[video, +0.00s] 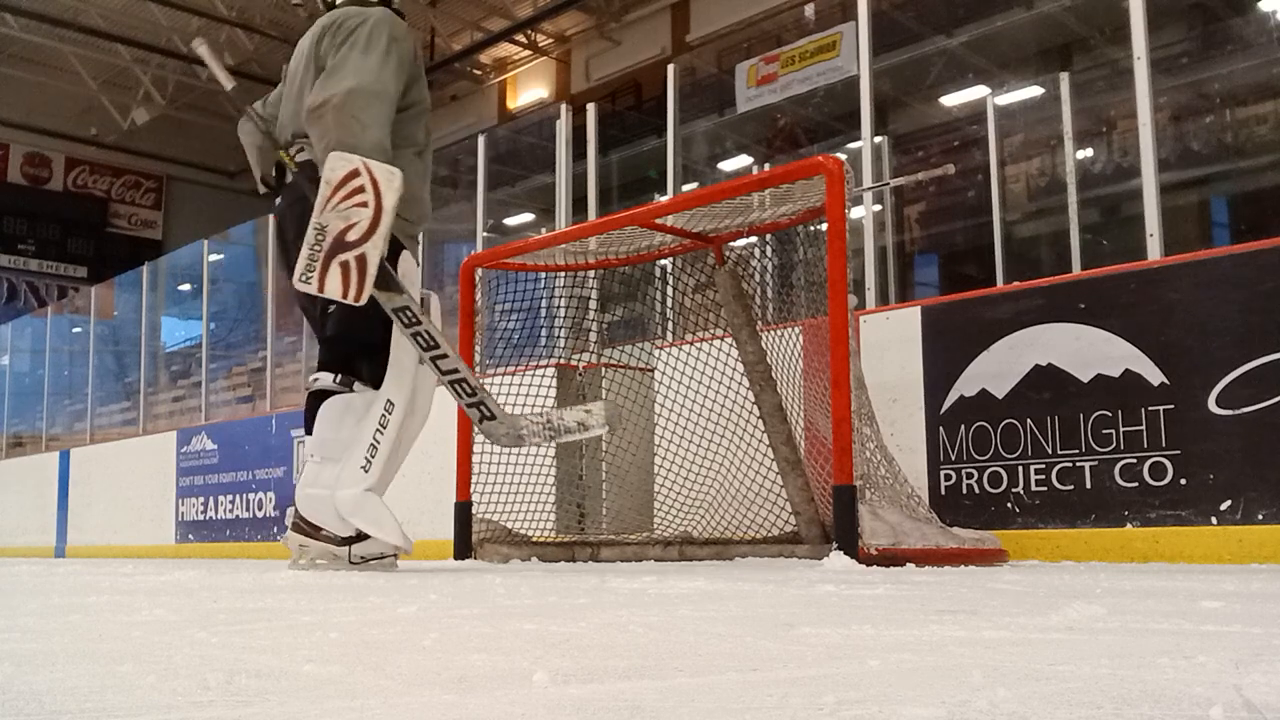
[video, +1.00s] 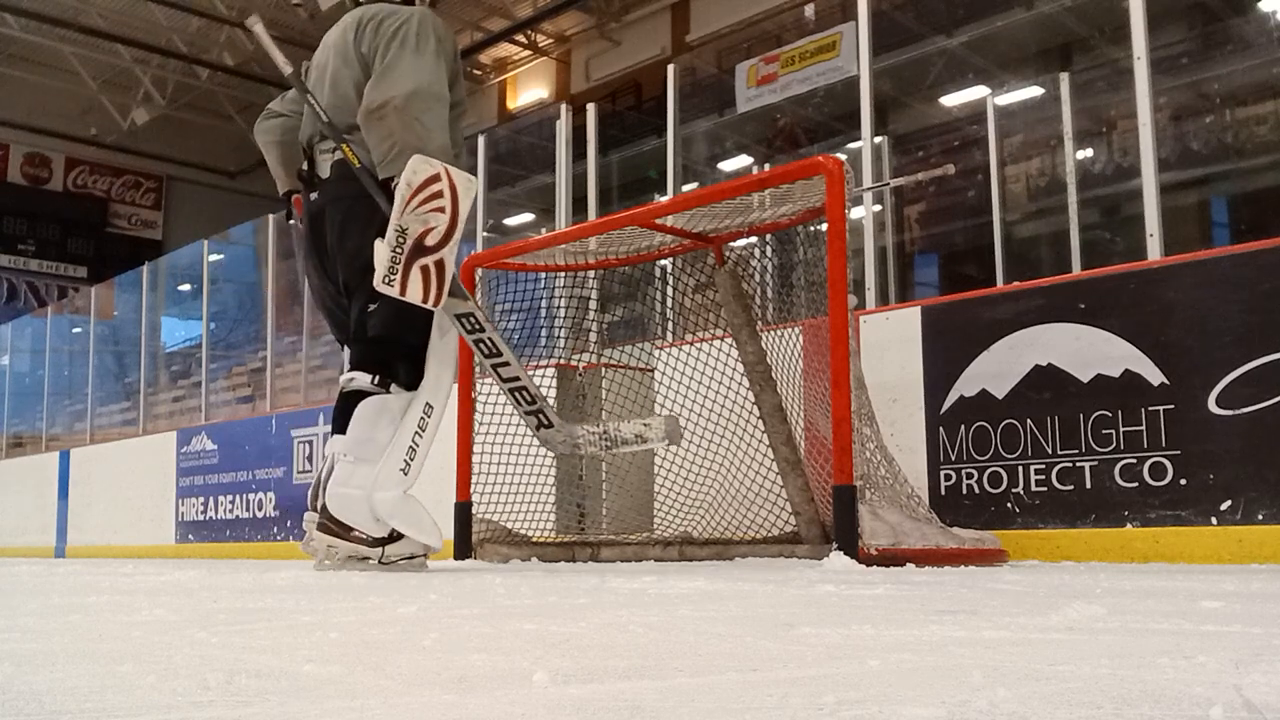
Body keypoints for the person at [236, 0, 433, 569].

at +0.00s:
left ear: (335, 1)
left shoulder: (314, 46)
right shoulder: (375, 26)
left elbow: (259, 117)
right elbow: (347, 117)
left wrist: (272, 175)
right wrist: (355, 233)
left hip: (309, 219)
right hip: (356, 225)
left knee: (346, 366)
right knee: (393, 369)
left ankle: (321, 517)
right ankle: (333, 513)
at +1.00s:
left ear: (359, 5)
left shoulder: (325, 59)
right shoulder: (411, 24)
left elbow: (273, 125)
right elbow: (399, 115)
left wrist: (298, 188)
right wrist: (433, 215)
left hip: (322, 217)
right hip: (371, 205)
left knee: (366, 354)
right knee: (399, 352)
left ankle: (335, 505)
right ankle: (354, 507)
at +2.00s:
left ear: (386, 1)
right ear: (430, 2)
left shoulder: (358, 47)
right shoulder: (415, 27)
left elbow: (302, 123)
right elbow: (371, 102)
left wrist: (278, 199)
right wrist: (385, 209)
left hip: (359, 231)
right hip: (404, 232)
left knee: (376, 373)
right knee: (416, 376)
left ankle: (349, 514)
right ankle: (363, 516)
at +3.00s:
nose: (501, 55)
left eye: (505, 48)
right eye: (492, 44)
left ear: (502, 55)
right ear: (462, 43)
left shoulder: (476, 108)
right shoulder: (442, 79)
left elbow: (461, 194)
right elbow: (385, 144)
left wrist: (491, 255)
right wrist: (382, 241)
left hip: (449, 259)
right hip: (439, 255)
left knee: (430, 389)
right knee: (469, 382)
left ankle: (395, 513)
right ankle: (445, 514)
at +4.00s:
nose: (559, 13)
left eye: (570, 5)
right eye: (547, 5)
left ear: (587, 16)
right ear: (528, 15)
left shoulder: (619, 101)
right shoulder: (504, 76)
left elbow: (612, 209)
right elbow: (463, 164)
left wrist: (649, 255)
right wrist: (457, 243)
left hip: (605, 273)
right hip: (521, 263)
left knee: (646, 388)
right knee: (551, 390)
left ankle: (637, 526)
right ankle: (529, 534)